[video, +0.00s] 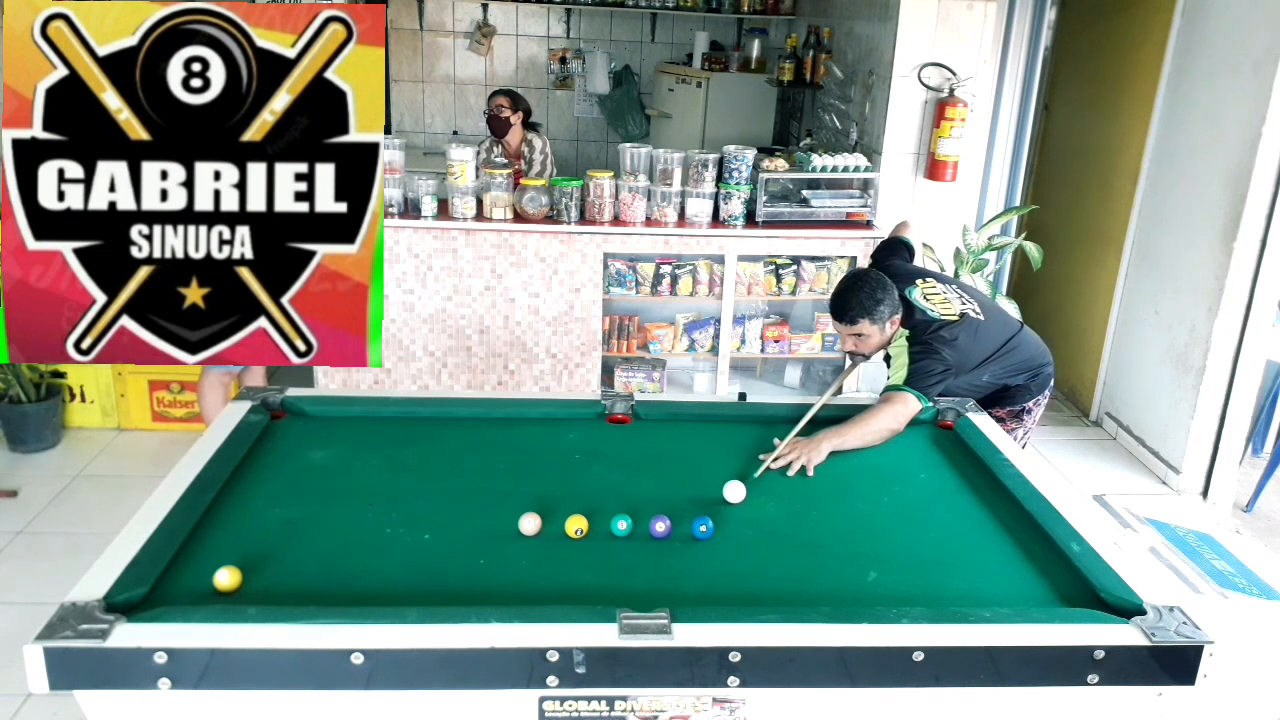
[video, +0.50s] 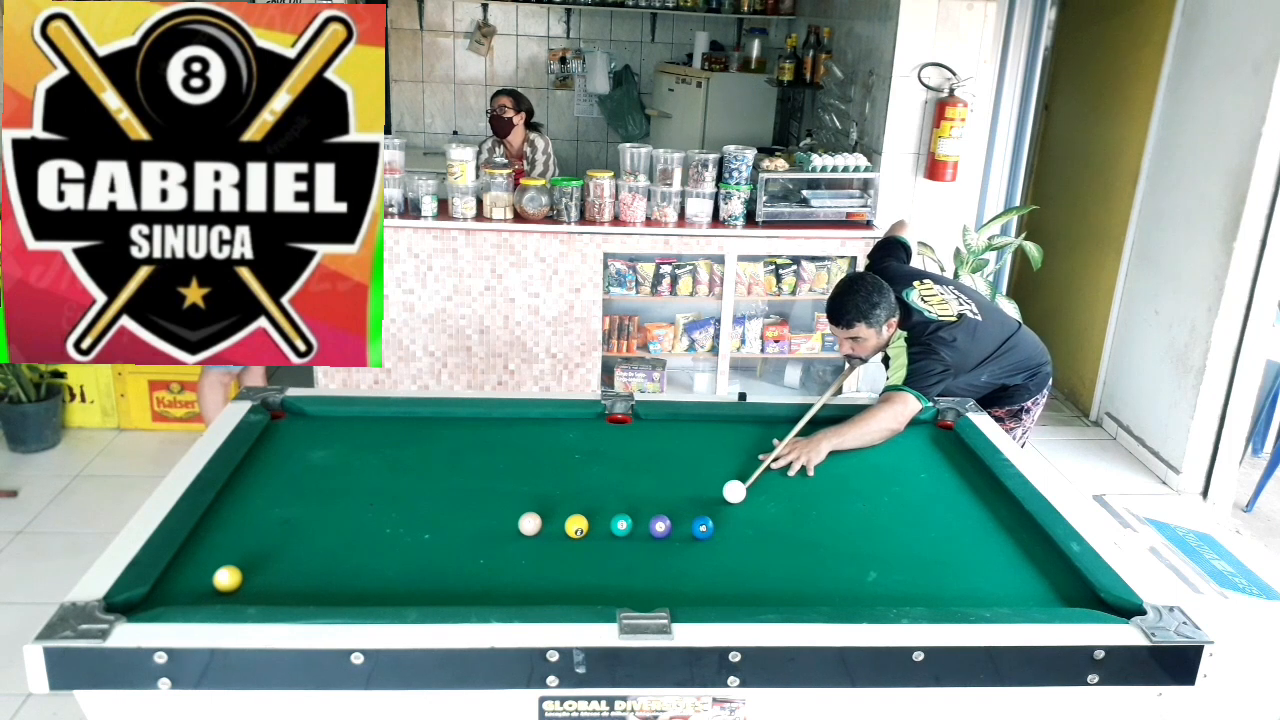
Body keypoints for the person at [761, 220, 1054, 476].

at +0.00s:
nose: (848, 346)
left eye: (859, 336)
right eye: (841, 333)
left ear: (893, 323)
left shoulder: (927, 350)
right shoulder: (889, 270)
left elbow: (893, 416)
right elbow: (905, 228)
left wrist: (825, 440)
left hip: (1023, 375)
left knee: (987, 476)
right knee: (948, 459)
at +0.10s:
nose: (847, 347)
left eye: (857, 337)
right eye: (840, 334)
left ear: (892, 324)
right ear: (837, 317)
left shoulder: (928, 350)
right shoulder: (889, 271)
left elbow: (894, 415)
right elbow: (905, 227)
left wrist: (824, 440)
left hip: (1022, 376)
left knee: (985, 477)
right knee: (946, 461)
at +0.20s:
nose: (845, 348)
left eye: (857, 337)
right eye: (839, 335)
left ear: (892, 325)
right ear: (835, 317)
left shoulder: (927, 350)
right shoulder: (888, 270)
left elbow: (894, 415)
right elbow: (904, 226)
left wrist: (824, 440)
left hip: (1022, 375)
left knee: (985, 476)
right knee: (945, 459)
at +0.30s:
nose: (844, 349)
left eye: (855, 338)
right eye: (838, 335)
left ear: (891, 326)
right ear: (834, 317)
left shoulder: (927, 350)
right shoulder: (887, 271)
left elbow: (894, 415)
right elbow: (903, 227)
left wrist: (824, 440)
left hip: (1022, 375)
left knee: (984, 476)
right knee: (944, 459)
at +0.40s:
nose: (844, 349)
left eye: (855, 339)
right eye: (838, 336)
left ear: (890, 327)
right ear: (834, 317)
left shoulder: (927, 350)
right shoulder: (886, 271)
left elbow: (894, 415)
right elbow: (903, 227)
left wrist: (824, 440)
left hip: (1021, 375)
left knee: (984, 476)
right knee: (944, 460)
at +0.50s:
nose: (844, 350)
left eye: (855, 340)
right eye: (837, 336)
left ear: (890, 327)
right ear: (834, 317)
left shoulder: (926, 351)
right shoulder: (885, 272)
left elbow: (894, 415)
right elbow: (902, 228)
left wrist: (824, 440)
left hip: (1021, 375)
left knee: (985, 476)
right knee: (945, 460)